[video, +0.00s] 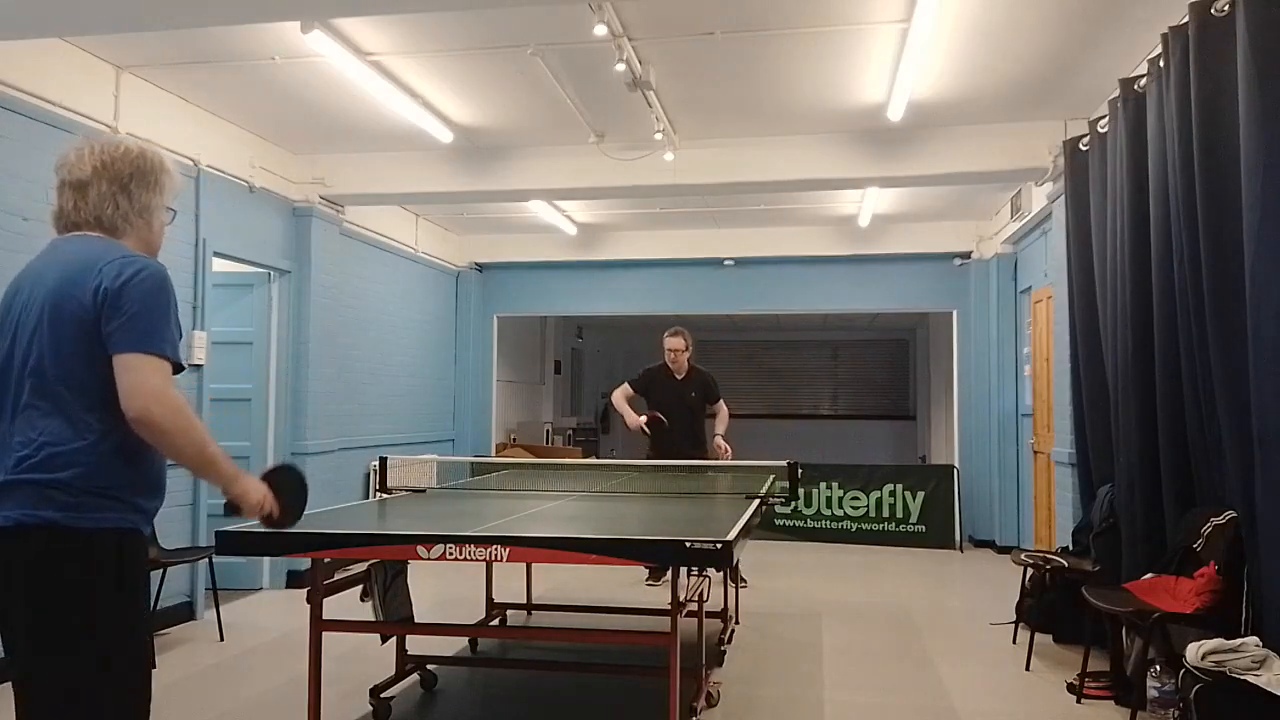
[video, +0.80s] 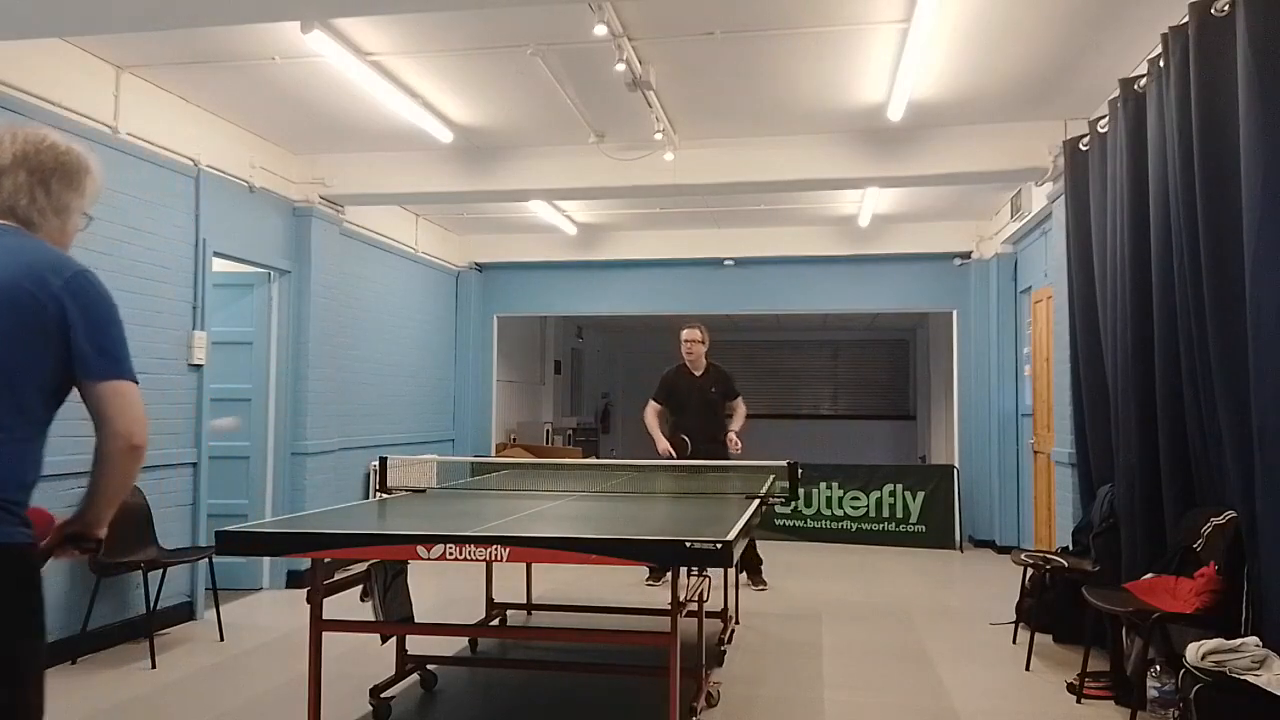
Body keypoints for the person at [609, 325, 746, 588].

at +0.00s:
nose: (672, 355)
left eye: (677, 350)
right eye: (668, 350)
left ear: (688, 350)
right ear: (663, 351)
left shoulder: (702, 378)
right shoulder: (652, 376)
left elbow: (721, 411)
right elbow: (617, 395)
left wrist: (718, 436)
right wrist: (630, 415)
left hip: (695, 459)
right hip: (659, 459)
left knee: (705, 510)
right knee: (656, 512)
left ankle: (729, 563)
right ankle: (657, 565)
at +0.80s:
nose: (689, 347)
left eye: (694, 342)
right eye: (685, 342)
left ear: (705, 345)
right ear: (680, 345)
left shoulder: (720, 376)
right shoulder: (671, 377)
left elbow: (739, 409)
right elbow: (650, 412)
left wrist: (732, 430)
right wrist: (659, 438)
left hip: (717, 459)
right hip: (680, 460)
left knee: (735, 510)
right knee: (668, 510)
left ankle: (753, 569)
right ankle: (659, 566)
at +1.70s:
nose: (686, 354)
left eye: (691, 349)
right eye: (682, 349)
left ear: (703, 348)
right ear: (677, 347)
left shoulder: (714, 377)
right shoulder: (667, 370)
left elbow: (728, 409)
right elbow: (631, 379)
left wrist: (719, 434)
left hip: (704, 456)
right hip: (670, 454)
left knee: (722, 506)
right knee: (667, 508)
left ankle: (741, 563)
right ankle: (669, 560)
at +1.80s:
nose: (691, 339)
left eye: (697, 335)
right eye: (687, 334)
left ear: (705, 337)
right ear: (680, 336)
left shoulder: (714, 370)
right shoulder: (665, 359)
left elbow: (726, 402)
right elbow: (641, 360)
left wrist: (720, 427)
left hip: (702, 450)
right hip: (669, 448)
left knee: (712, 505)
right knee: (666, 506)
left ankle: (729, 559)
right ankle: (668, 560)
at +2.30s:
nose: (707, 338)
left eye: (712, 334)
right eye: (703, 334)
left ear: (722, 338)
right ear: (696, 337)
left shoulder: (732, 372)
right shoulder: (683, 365)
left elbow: (749, 406)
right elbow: (648, 381)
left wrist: (742, 428)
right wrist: (652, 390)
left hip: (720, 454)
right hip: (685, 452)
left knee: (726, 509)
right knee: (675, 507)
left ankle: (730, 563)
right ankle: (670, 562)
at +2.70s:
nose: (692, 345)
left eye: (697, 341)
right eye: (688, 341)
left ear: (707, 343)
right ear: (682, 344)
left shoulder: (721, 373)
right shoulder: (672, 373)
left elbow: (740, 407)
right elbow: (653, 408)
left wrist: (730, 431)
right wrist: (662, 433)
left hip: (717, 456)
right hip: (683, 457)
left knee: (731, 508)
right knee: (679, 509)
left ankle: (746, 565)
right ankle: (678, 563)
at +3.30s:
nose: (696, 357)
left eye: (702, 352)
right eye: (693, 352)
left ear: (715, 350)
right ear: (689, 351)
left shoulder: (731, 380)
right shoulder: (681, 372)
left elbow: (747, 416)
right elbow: (648, 381)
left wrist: (736, 440)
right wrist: (651, 406)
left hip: (721, 459)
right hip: (686, 457)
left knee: (735, 513)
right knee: (674, 509)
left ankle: (748, 572)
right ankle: (678, 562)